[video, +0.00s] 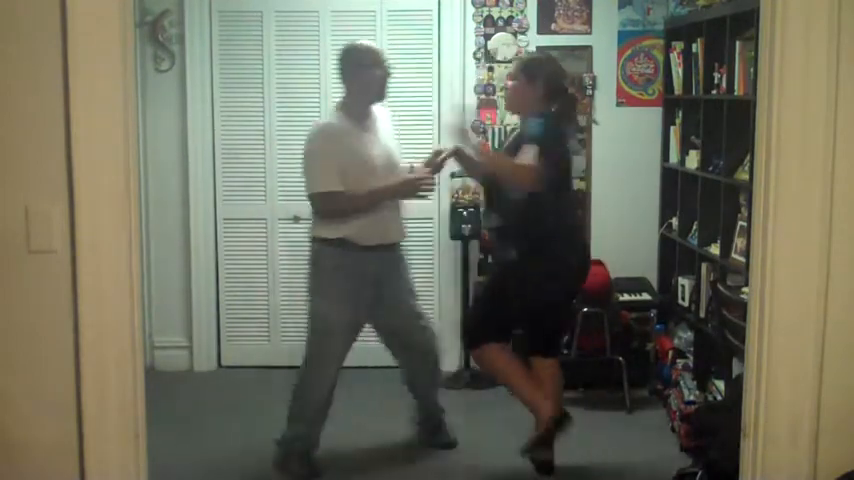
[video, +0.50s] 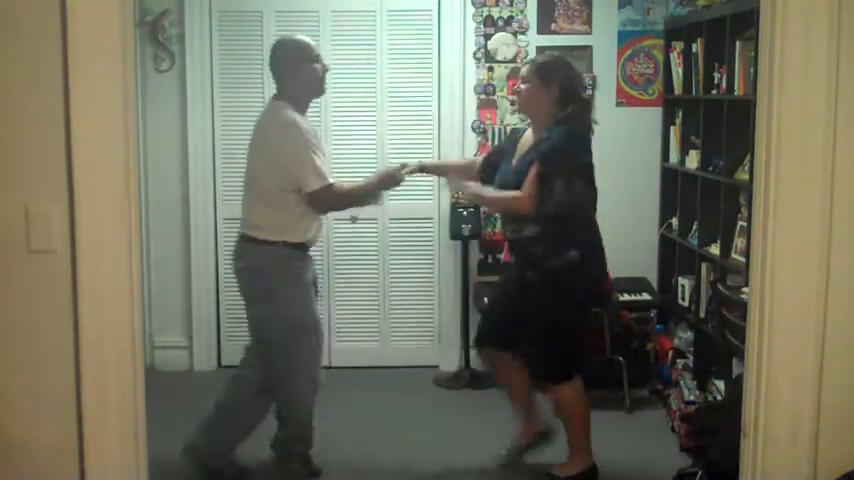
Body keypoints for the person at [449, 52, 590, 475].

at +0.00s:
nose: (508, 87)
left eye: (515, 81)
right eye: (511, 80)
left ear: (537, 88)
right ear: (538, 89)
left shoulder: (540, 131)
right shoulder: (537, 132)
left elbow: (527, 179)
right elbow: (506, 183)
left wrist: (478, 153)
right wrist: (466, 160)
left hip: (539, 257)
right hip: (556, 256)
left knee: (481, 337)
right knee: (544, 347)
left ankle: (544, 409)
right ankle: (545, 443)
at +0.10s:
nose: (513, 86)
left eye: (522, 80)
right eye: (516, 79)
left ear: (546, 90)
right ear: (540, 92)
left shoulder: (562, 136)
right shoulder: (520, 139)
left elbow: (573, 177)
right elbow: (485, 180)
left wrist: (541, 152)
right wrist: (443, 165)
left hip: (555, 260)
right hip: (532, 260)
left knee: (510, 358)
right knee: (542, 353)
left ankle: (566, 445)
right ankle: (547, 442)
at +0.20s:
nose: (516, 89)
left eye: (526, 82)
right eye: (519, 81)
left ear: (552, 91)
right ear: (542, 93)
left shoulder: (569, 140)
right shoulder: (523, 138)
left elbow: (595, 187)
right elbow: (489, 183)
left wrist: (561, 154)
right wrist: (440, 177)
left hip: (561, 266)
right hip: (533, 265)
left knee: (546, 365)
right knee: (529, 360)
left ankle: (578, 458)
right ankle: (556, 443)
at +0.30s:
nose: (519, 87)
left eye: (529, 81)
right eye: (522, 81)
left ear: (554, 90)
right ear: (540, 92)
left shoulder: (572, 136)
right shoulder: (523, 139)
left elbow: (579, 190)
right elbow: (485, 179)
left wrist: (534, 160)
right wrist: (434, 175)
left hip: (565, 262)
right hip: (531, 262)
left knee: (553, 361)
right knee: (514, 348)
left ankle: (580, 459)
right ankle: (561, 410)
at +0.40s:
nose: (519, 88)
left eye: (528, 82)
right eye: (522, 81)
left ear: (554, 90)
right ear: (542, 92)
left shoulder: (571, 137)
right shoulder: (526, 137)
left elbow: (550, 199)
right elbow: (488, 172)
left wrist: (498, 175)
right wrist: (430, 169)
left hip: (566, 267)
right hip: (532, 265)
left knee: (557, 364)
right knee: (498, 342)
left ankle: (580, 458)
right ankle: (553, 384)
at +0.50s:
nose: (517, 88)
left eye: (526, 82)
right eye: (520, 81)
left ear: (553, 91)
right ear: (540, 93)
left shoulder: (562, 140)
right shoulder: (524, 136)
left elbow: (528, 203)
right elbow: (482, 170)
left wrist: (477, 195)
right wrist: (427, 167)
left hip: (563, 267)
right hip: (528, 265)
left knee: (560, 365)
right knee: (495, 344)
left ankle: (581, 459)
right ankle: (533, 425)